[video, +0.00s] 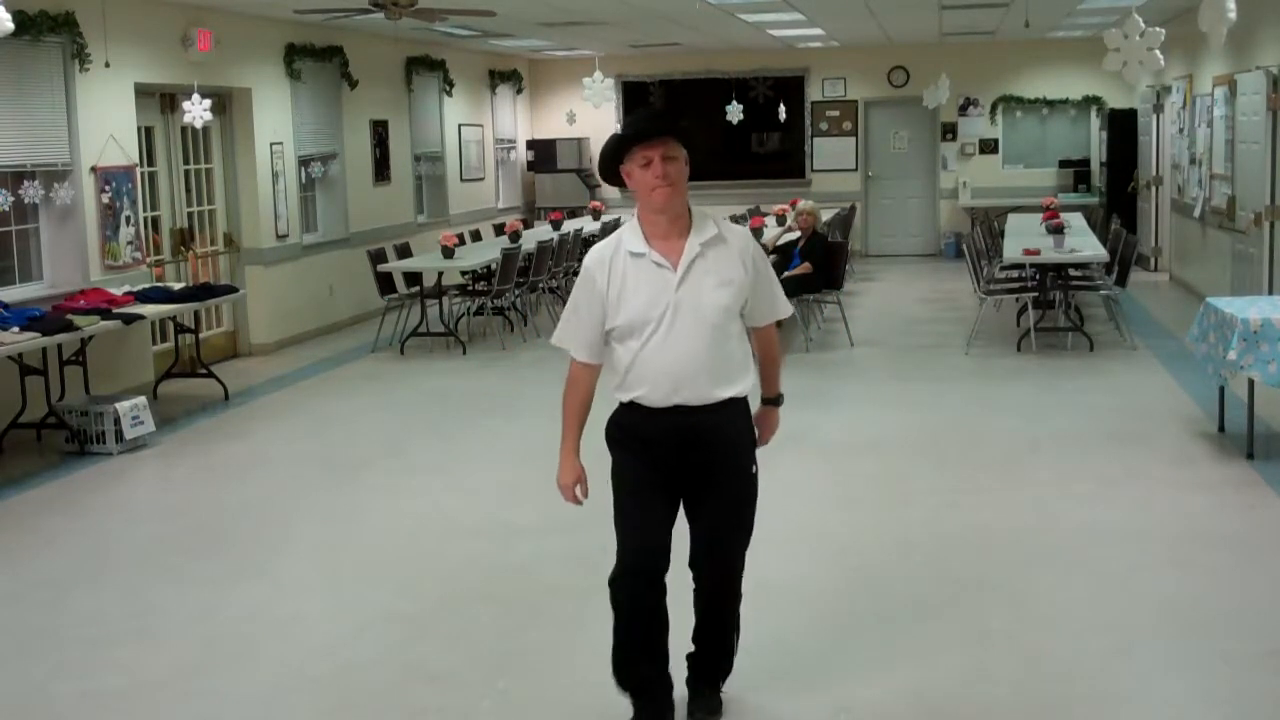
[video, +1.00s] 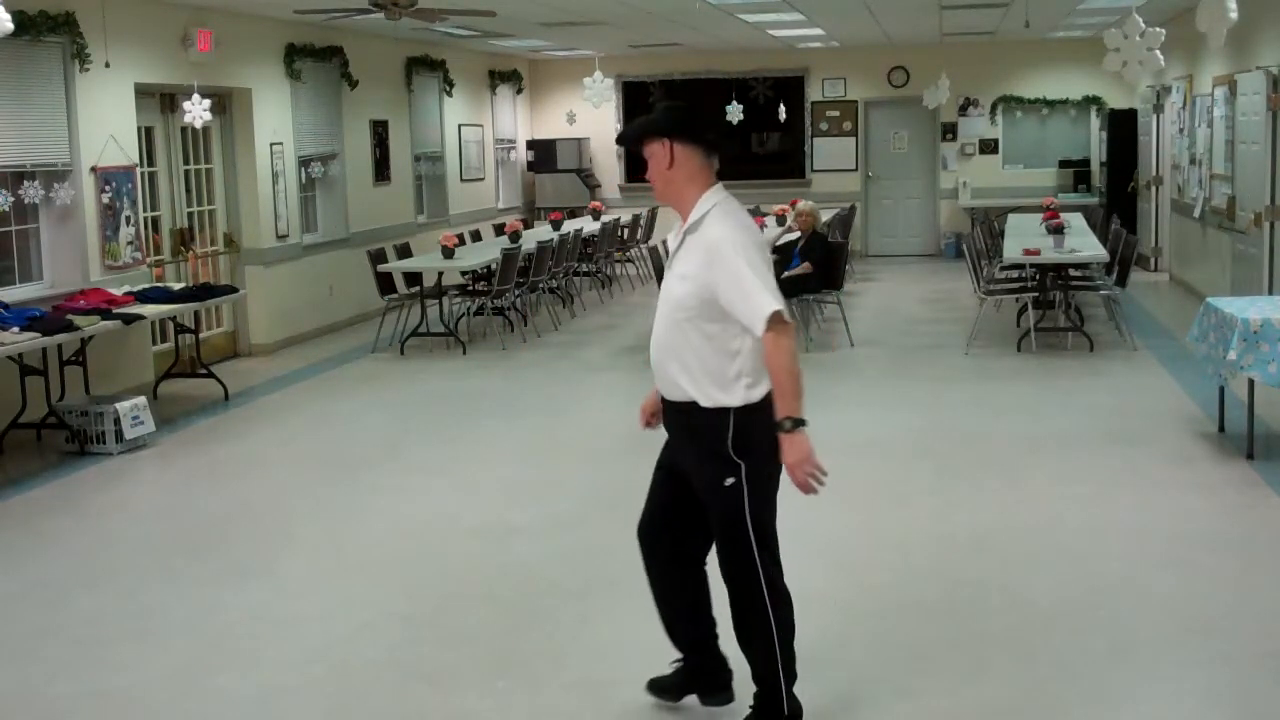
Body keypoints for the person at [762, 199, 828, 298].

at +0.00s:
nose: (804, 218)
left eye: (808, 214)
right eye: (800, 215)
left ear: (815, 219)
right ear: (796, 219)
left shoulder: (820, 239)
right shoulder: (795, 243)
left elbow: (809, 267)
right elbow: (766, 250)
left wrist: (785, 275)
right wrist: (783, 231)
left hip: (810, 279)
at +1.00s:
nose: (804, 219)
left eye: (808, 216)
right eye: (800, 216)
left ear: (815, 219)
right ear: (795, 219)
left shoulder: (820, 239)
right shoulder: (795, 242)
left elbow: (810, 266)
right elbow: (768, 249)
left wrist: (787, 274)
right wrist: (784, 231)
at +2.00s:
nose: (802, 219)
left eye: (806, 216)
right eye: (799, 216)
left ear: (814, 219)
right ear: (794, 220)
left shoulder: (820, 240)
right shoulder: (796, 242)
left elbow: (809, 267)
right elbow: (767, 250)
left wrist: (784, 277)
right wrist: (785, 231)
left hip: (810, 278)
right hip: (792, 276)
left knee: (766, 291)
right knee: (766, 276)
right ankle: (773, 316)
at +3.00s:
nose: (802, 220)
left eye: (806, 216)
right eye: (798, 217)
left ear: (814, 219)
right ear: (795, 221)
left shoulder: (820, 240)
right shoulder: (796, 242)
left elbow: (809, 267)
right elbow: (767, 249)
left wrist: (785, 276)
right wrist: (785, 230)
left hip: (809, 279)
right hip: (790, 275)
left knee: (769, 291)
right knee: (765, 275)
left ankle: (769, 343)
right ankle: (773, 315)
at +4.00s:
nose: (801, 217)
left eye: (805, 214)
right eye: (798, 214)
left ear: (813, 219)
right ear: (794, 220)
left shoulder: (820, 239)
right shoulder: (795, 242)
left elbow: (809, 267)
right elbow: (767, 249)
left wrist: (785, 276)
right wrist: (784, 231)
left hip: (809, 279)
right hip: (790, 275)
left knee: (768, 292)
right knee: (765, 275)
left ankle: (769, 343)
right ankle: (773, 315)